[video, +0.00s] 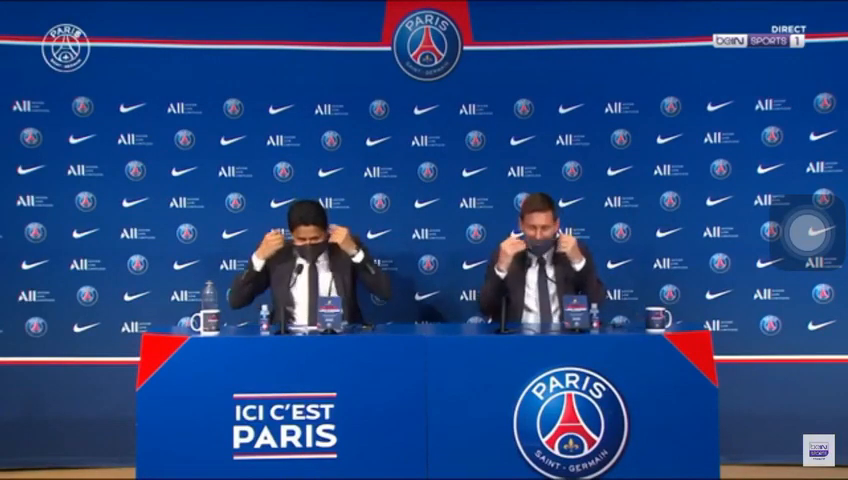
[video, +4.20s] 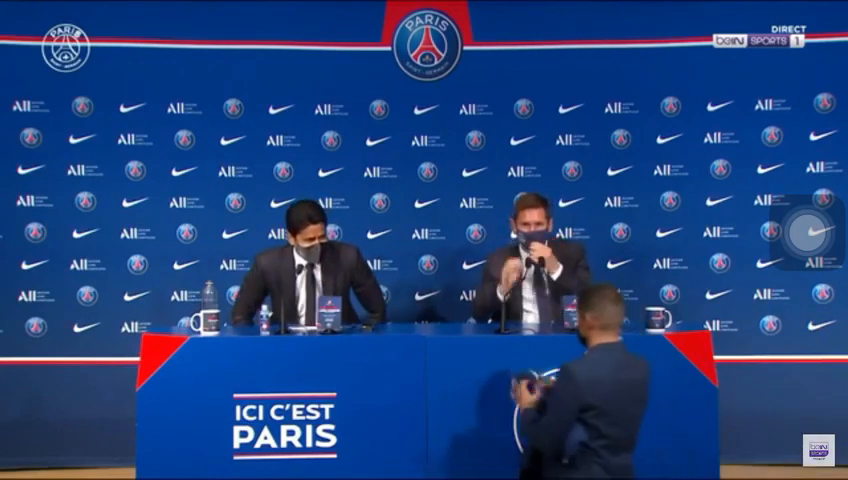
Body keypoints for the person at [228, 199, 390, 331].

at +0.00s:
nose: (308, 246)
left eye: (315, 239)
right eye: (301, 239)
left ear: (326, 232)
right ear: (291, 235)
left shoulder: (345, 254)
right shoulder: (277, 258)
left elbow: (384, 292)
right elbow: (236, 302)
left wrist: (355, 252)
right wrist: (259, 257)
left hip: (341, 345)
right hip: (291, 346)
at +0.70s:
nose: (297, 239)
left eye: (304, 233)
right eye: (292, 233)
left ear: (319, 228)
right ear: (284, 231)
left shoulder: (349, 250)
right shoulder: (275, 256)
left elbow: (376, 299)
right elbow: (237, 302)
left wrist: (339, 266)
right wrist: (255, 254)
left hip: (337, 346)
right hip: (289, 347)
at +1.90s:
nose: (299, 236)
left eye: (305, 229)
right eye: (292, 230)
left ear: (321, 226)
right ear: (286, 229)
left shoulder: (350, 251)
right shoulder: (274, 254)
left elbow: (373, 309)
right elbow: (250, 308)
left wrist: (334, 284)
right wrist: (278, 267)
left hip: (337, 343)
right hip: (289, 343)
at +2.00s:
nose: (300, 236)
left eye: (307, 230)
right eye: (294, 230)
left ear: (322, 226)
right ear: (288, 229)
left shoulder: (352, 252)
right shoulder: (275, 255)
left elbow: (374, 308)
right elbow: (249, 310)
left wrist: (342, 297)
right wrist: (280, 277)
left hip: (338, 344)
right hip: (289, 344)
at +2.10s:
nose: (303, 236)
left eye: (310, 230)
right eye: (296, 230)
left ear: (324, 227)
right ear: (290, 229)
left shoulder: (353, 253)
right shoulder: (274, 257)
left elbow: (372, 306)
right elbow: (248, 312)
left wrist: (357, 318)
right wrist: (282, 306)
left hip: (341, 347)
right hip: (289, 348)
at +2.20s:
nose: (304, 238)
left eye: (311, 231)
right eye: (298, 232)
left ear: (325, 228)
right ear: (291, 231)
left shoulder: (354, 254)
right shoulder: (275, 258)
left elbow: (371, 309)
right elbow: (252, 312)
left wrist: (361, 335)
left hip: (341, 345)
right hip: (290, 346)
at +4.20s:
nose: (317, 245)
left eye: (321, 237)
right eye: (309, 240)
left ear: (326, 231)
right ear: (291, 237)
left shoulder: (347, 257)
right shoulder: (267, 263)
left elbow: (377, 310)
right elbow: (240, 317)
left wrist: (358, 346)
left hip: (339, 350)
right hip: (287, 351)